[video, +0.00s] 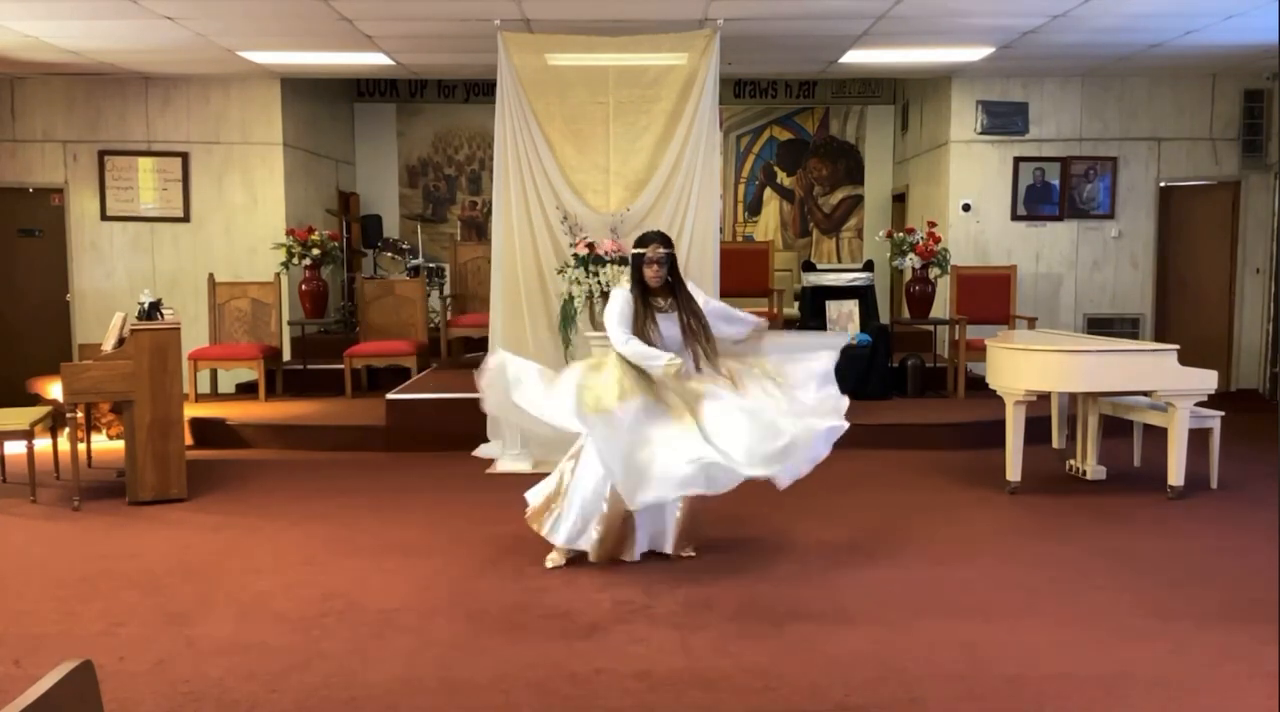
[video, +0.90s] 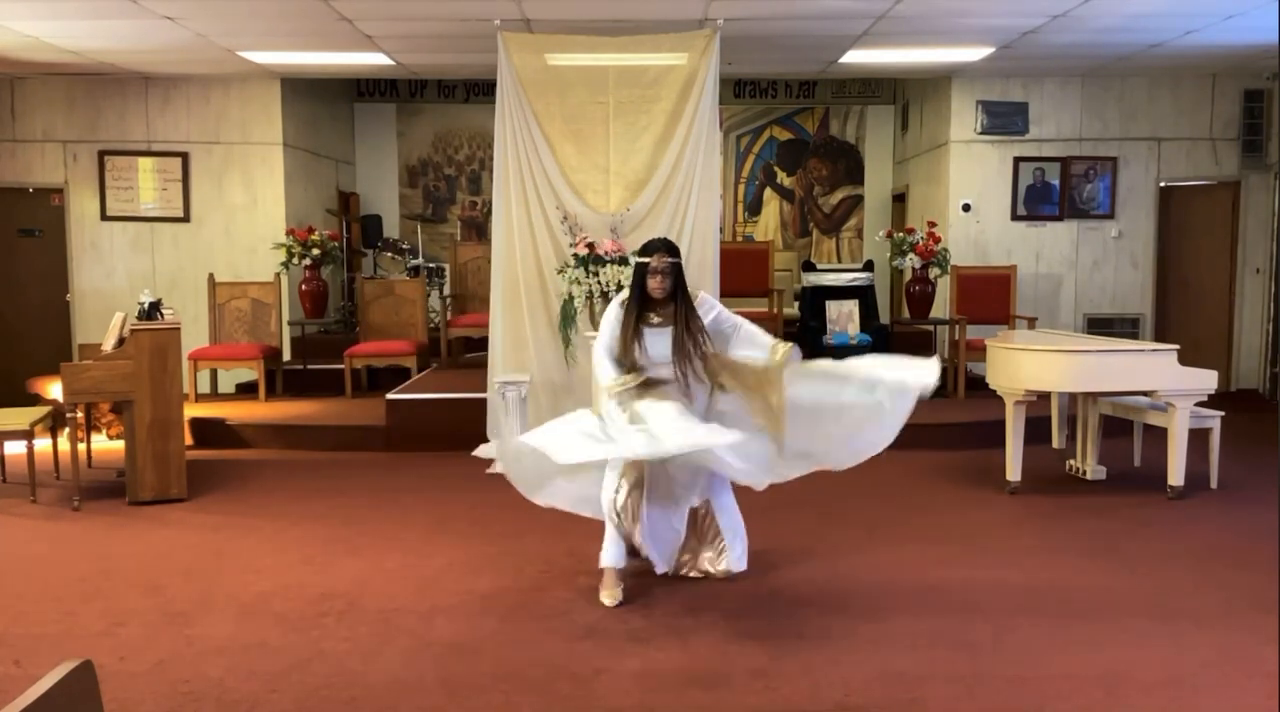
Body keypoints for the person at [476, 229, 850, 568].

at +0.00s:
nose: (654, 268)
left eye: (662, 262)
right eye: (647, 262)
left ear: (672, 265)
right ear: (636, 266)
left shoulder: (684, 296)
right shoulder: (624, 297)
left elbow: (720, 319)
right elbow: (621, 341)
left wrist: (756, 325)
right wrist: (663, 361)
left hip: (678, 389)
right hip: (630, 390)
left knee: (681, 460)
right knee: (604, 459)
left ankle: (675, 538)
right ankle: (565, 542)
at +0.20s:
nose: (662, 272)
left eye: (669, 265)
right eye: (656, 265)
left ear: (679, 267)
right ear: (643, 267)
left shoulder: (693, 298)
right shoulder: (627, 299)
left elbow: (731, 319)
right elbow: (612, 341)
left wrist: (775, 331)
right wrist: (635, 368)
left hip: (689, 384)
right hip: (640, 385)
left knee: (699, 452)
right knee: (641, 457)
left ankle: (708, 524)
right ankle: (612, 545)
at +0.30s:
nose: (666, 270)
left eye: (672, 264)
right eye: (659, 264)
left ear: (683, 266)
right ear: (647, 267)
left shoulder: (698, 297)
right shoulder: (626, 299)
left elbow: (731, 330)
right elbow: (603, 347)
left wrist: (763, 355)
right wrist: (612, 379)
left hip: (690, 389)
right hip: (642, 390)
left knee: (701, 457)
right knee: (639, 464)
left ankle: (714, 528)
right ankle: (635, 546)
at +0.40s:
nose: (670, 271)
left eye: (677, 264)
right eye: (663, 264)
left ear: (687, 266)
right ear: (650, 266)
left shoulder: (700, 301)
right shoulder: (630, 297)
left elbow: (723, 344)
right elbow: (597, 337)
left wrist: (725, 375)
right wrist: (574, 368)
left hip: (684, 400)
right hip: (637, 398)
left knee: (678, 473)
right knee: (643, 477)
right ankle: (639, 554)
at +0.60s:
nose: (666, 271)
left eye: (673, 264)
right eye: (659, 264)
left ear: (684, 265)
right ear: (647, 265)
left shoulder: (699, 299)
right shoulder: (628, 299)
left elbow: (729, 337)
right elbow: (612, 342)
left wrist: (748, 360)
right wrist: (626, 369)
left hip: (686, 401)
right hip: (637, 401)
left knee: (691, 469)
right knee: (629, 475)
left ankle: (696, 539)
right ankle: (632, 555)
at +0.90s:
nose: (657, 281)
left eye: (666, 273)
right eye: (650, 272)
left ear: (679, 277)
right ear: (639, 275)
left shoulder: (696, 308)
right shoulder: (622, 311)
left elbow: (735, 331)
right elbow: (605, 361)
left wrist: (775, 348)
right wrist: (629, 383)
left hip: (684, 405)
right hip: (633, 406)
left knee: (696, 472)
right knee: (627, 478)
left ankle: (698, 552)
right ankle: (611, 569)